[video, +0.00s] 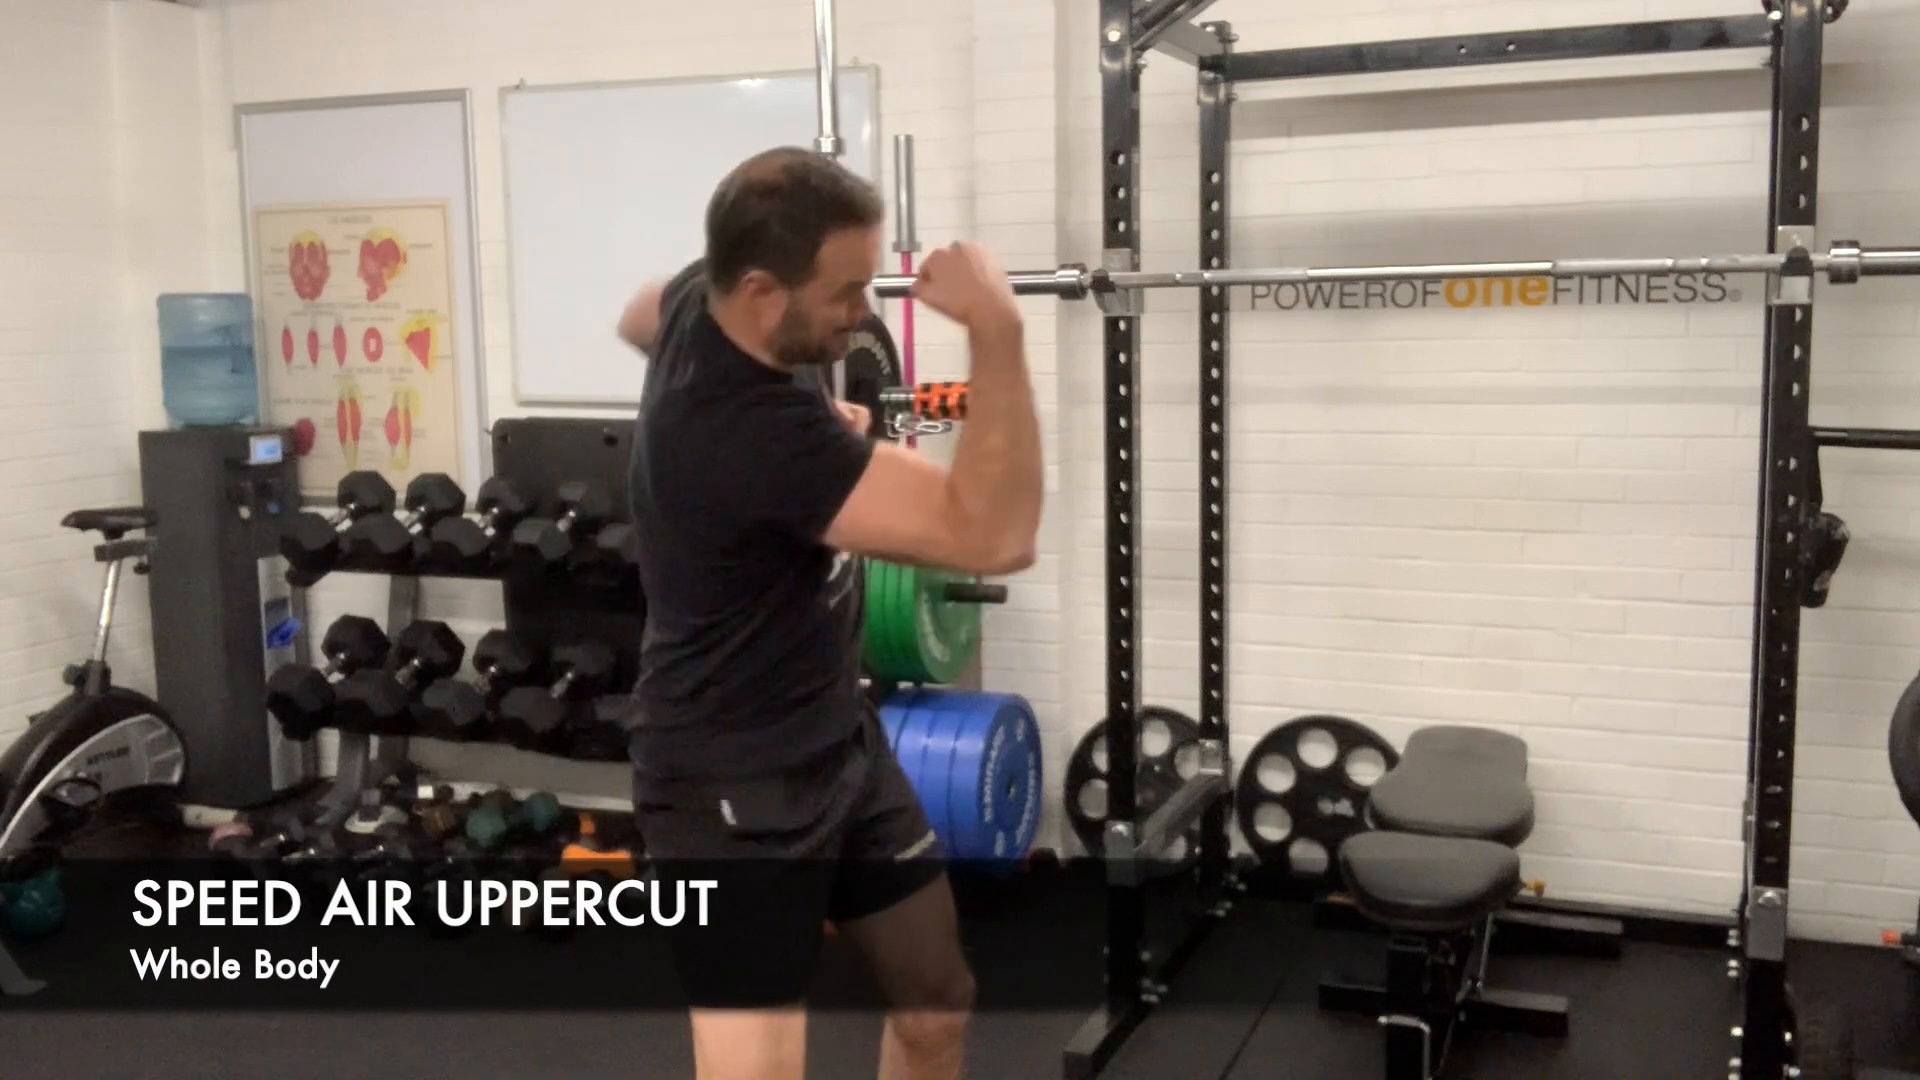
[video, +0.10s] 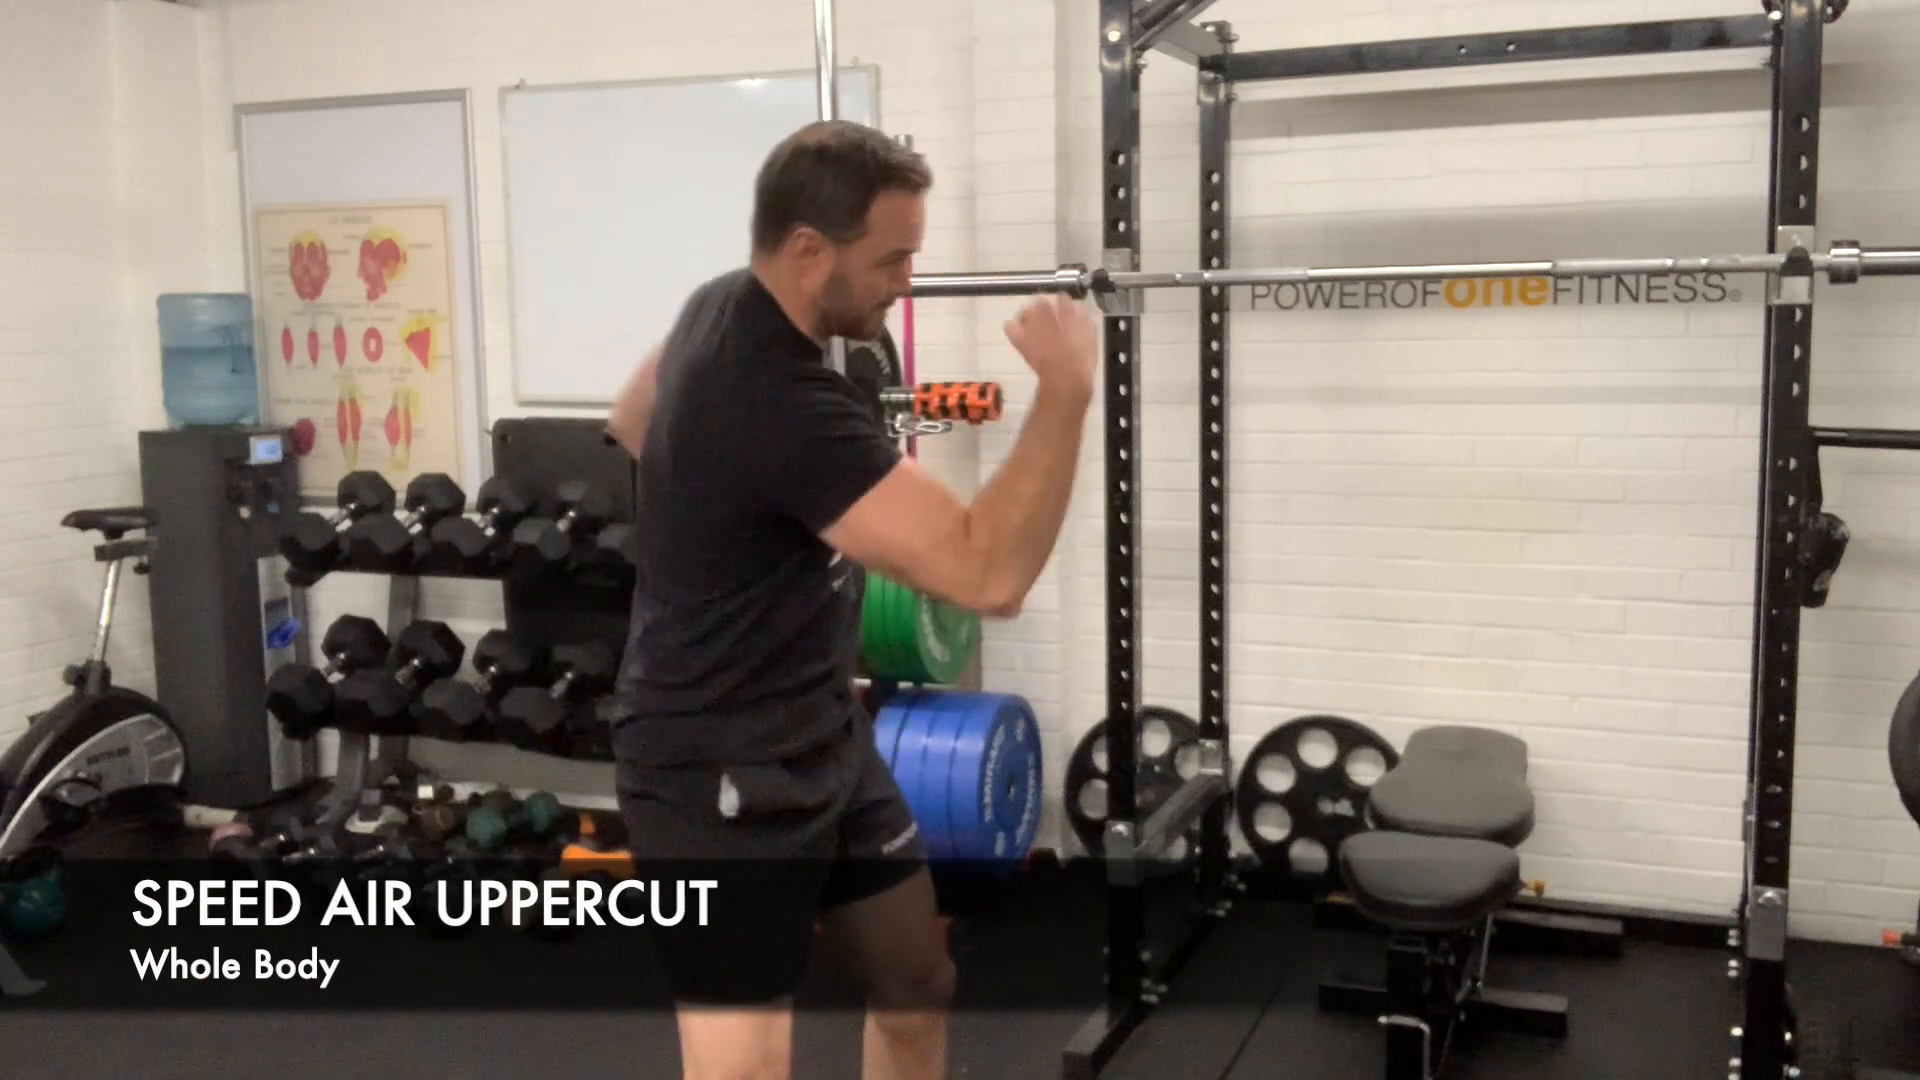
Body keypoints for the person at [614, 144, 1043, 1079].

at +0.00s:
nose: (861, 310)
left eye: (864, 288)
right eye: (846, 293)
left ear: (757, 284)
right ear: (759, 290)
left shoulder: (721, 306)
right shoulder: (746, 428)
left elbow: (640, 320)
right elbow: (993, 533)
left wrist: (805, 406)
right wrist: (997, 329)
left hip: (839, 746)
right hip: (728, 780)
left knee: (936, 1005)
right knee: (752, 1063)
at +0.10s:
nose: (906, 282)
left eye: (910, 258)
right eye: (890, 260)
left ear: (805, 249)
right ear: (806, 252)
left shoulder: (731, 310)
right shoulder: (774, 397)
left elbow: (634, 418)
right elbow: (989, 571)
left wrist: (762, 523)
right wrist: (1066, 387)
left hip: (821, 737)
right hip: (720, 764)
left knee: (915, 984)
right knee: (739, 1060)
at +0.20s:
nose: (948, 325)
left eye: (956, 298)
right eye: (935, 294)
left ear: (864, 276)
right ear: (855, 272)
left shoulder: (866, 395)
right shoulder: (741, 411)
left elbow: (813, 577)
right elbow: (793, 687)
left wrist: (878, 671)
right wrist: (991, 611)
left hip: (809, 759)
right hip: (683, 778)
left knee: (917, 1015)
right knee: (708, 1065)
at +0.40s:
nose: (909, 300)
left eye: (936, 282)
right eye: (894, 260)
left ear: (951, 292)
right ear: (831, 234)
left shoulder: (933, 403)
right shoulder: (682, 349)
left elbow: (1026, 525)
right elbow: (511, 434)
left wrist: (984, 306)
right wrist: (490, 533)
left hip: (826, 775)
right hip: (651, 767)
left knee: (927, 1059)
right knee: (638, 1066)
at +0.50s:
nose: (850, 274)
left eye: (878, 249)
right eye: (826, 239)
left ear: (904, 246)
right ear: (766, 217)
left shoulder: (928, 375)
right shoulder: (649, 350)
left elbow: (1010, 564)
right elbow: (546, 456)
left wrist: (918, 378)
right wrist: (505, 553)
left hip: (844, 755)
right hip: (668, 755)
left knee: (934, 1052)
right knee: (646, 1053)